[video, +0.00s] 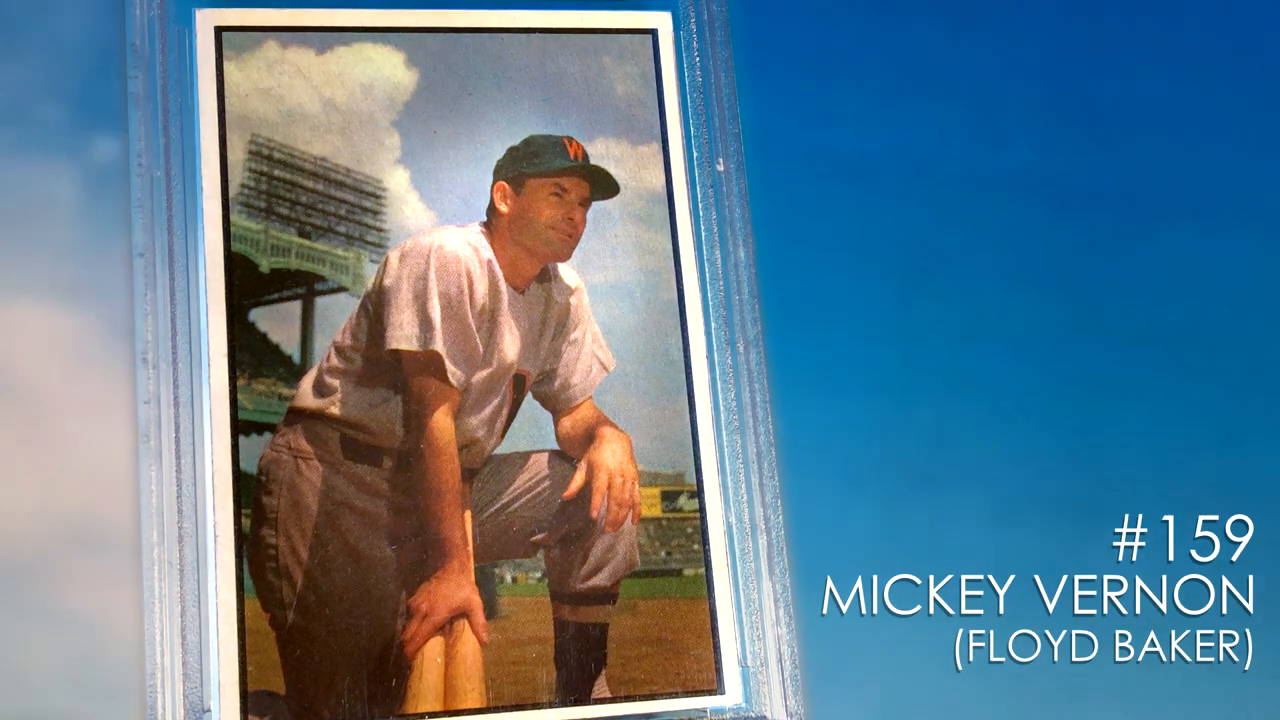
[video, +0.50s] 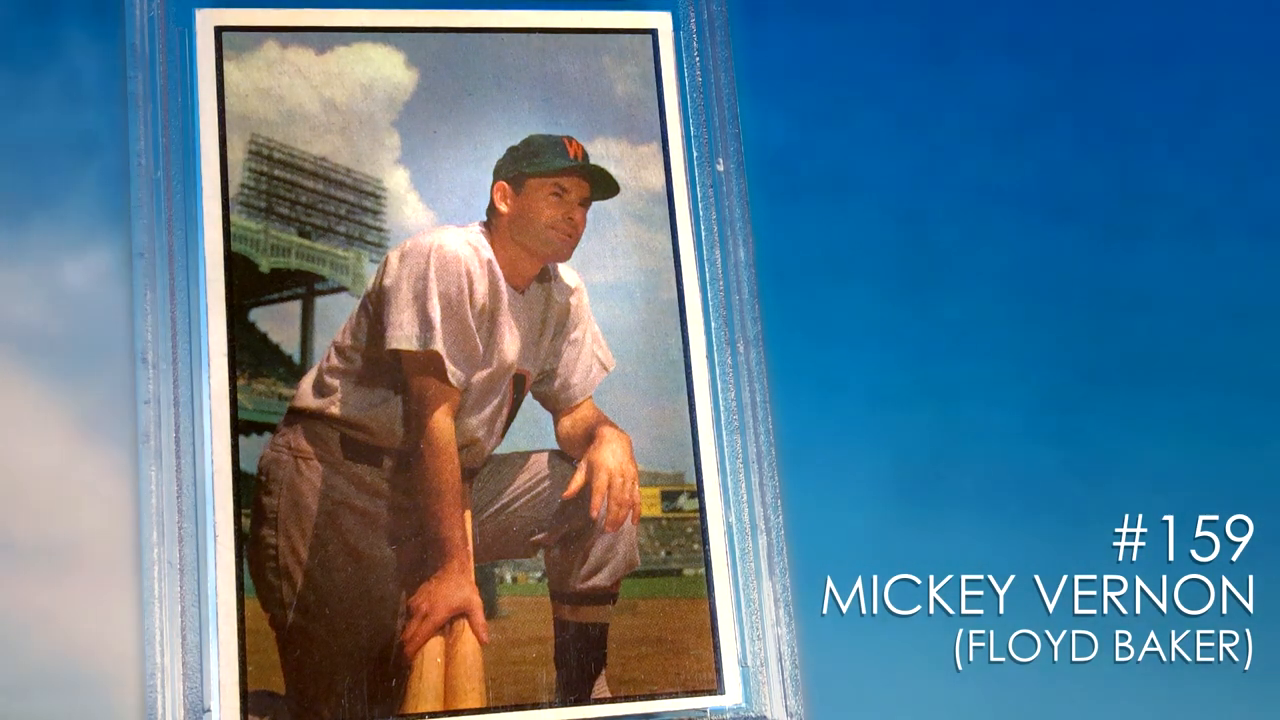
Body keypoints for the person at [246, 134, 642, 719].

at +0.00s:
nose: (577, 215)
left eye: (584, 203)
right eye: (559, 193)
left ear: (586, 217)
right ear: (505, 197)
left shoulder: (559, 295)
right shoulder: (442, 257)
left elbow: (575, 416)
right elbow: (431, 421)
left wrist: (609, 435)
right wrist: (454, 566)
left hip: (440, 487)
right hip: (335, 480)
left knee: (595, 488)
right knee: (347, 704)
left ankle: (580, 696)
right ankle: (236, 706)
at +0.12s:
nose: (577, 216)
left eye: (584, 203)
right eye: (559, 194)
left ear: (587, 217)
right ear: (505, 197)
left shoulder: (560, 296)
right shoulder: (443, 257)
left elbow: (575, 416)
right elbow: (432, 420)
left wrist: (609, 435)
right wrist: (454, 566)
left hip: (440, 487)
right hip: (335, 479)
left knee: (595, 488)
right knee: (350, 702)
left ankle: (581, 695)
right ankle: (235, 706)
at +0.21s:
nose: (576, 216)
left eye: (584, 204)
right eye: (558, 193)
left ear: (586, 218)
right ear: (505, 197)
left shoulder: (560, 297)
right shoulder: (441, 256)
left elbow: (575, 415)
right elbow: (431, 419)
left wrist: (609, 435)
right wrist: (454, 566)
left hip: (440, 486)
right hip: (335, 478)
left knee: (595, 488)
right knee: (349, 702)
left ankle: (580, 694)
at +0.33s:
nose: (577, 216)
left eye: (584, 204)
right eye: (558, 194)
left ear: (586, 218)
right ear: (505, 197)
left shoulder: (560, 296)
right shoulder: (440, 256)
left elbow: (575, 415)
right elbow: (431, 419)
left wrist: (609, 435)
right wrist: (454, 566)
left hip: (439, 486)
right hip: (334, 477)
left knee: (595, 488)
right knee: (349, 702)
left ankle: (580, 694)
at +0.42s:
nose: (577, 216)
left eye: (584, 203)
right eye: (558, 194)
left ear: (586, 217)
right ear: (505, 197)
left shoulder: (560, 295)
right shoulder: (442, 257)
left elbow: (575, 416)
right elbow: (431, 420)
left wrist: (609, 435)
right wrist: (454, 566)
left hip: (439, 486)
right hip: (334, 477)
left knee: (595, 488)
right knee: (349, 702)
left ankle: (581, 695)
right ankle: (235, 705)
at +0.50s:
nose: (576, 216)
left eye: (584, 204)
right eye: (557, 194)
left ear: (586, 217)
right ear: (504, 197)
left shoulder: (560, 296)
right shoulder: (441, 256)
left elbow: (575, 415)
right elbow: (431, 419)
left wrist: (609, 435)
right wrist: (454, 565)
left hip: (440, 486)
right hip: (335, 478)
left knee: (595, 488)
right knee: (352, 700)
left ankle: (580, 694)